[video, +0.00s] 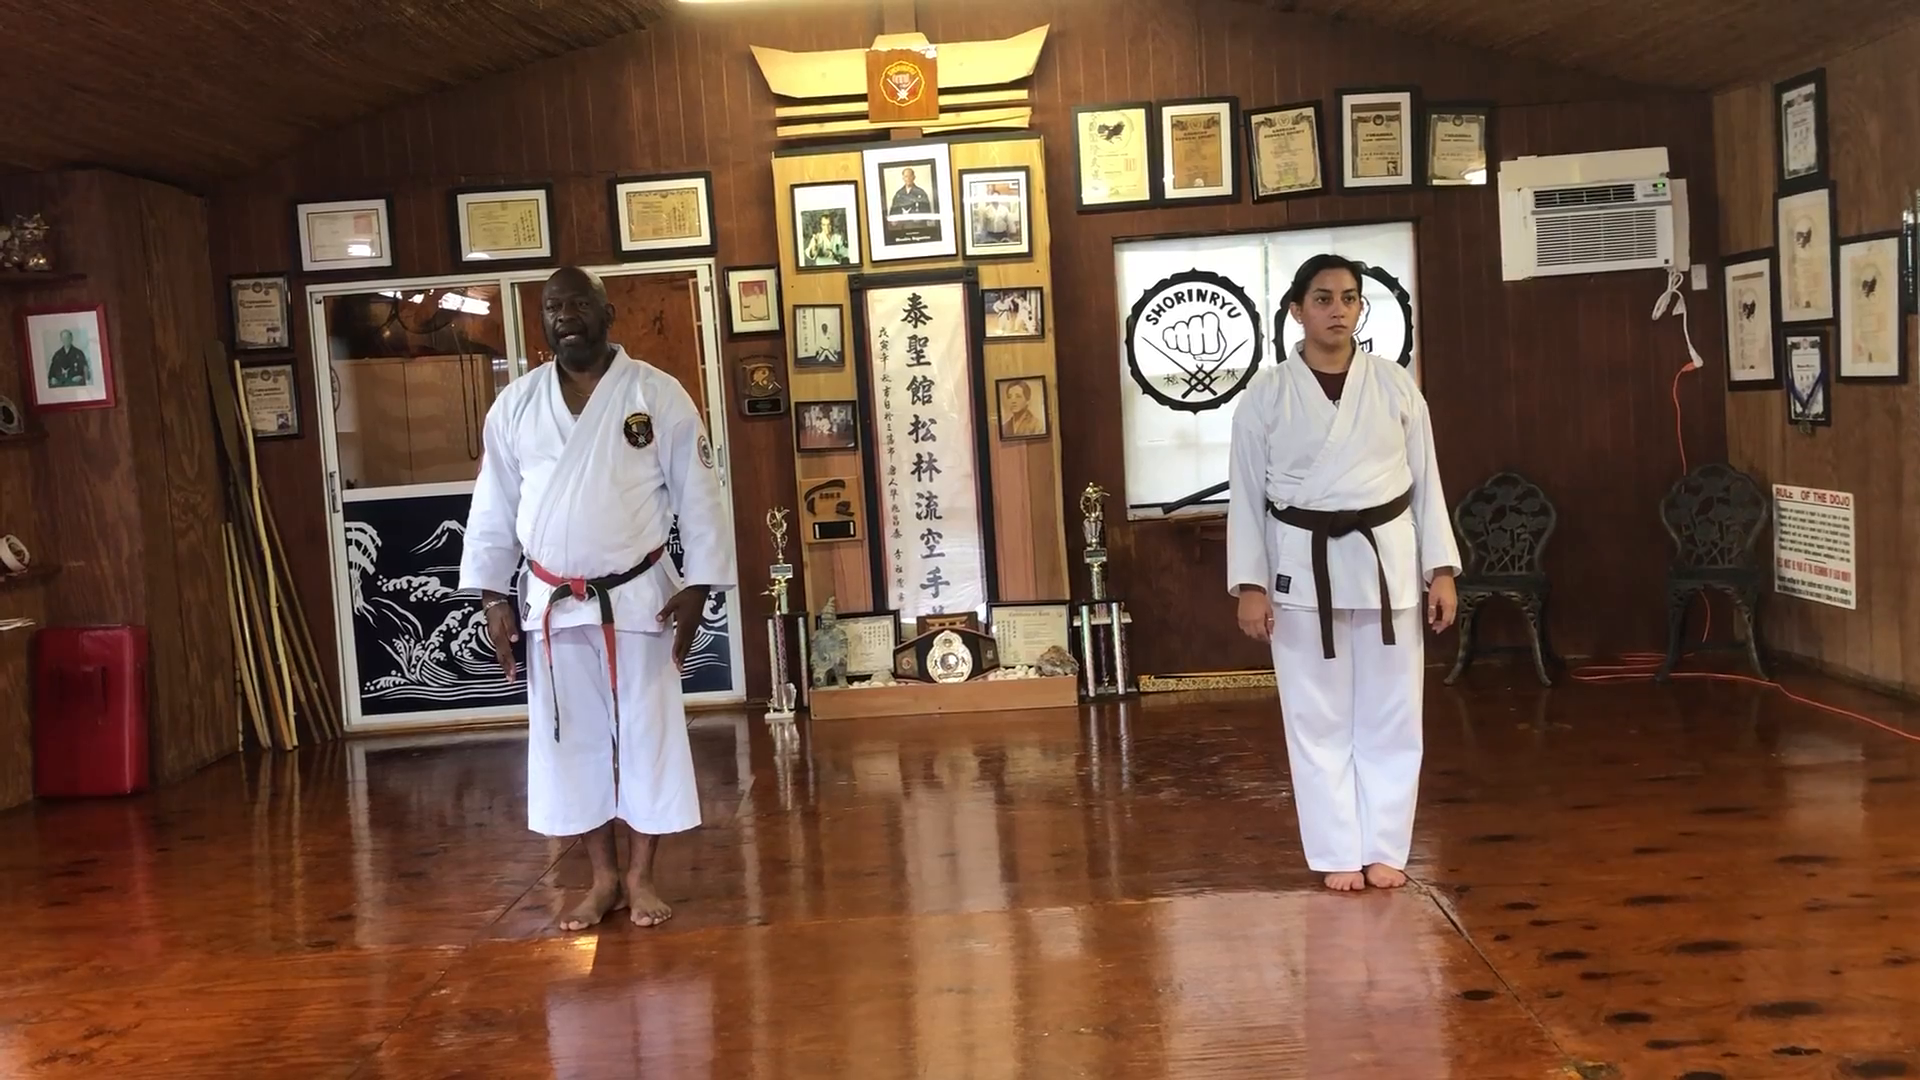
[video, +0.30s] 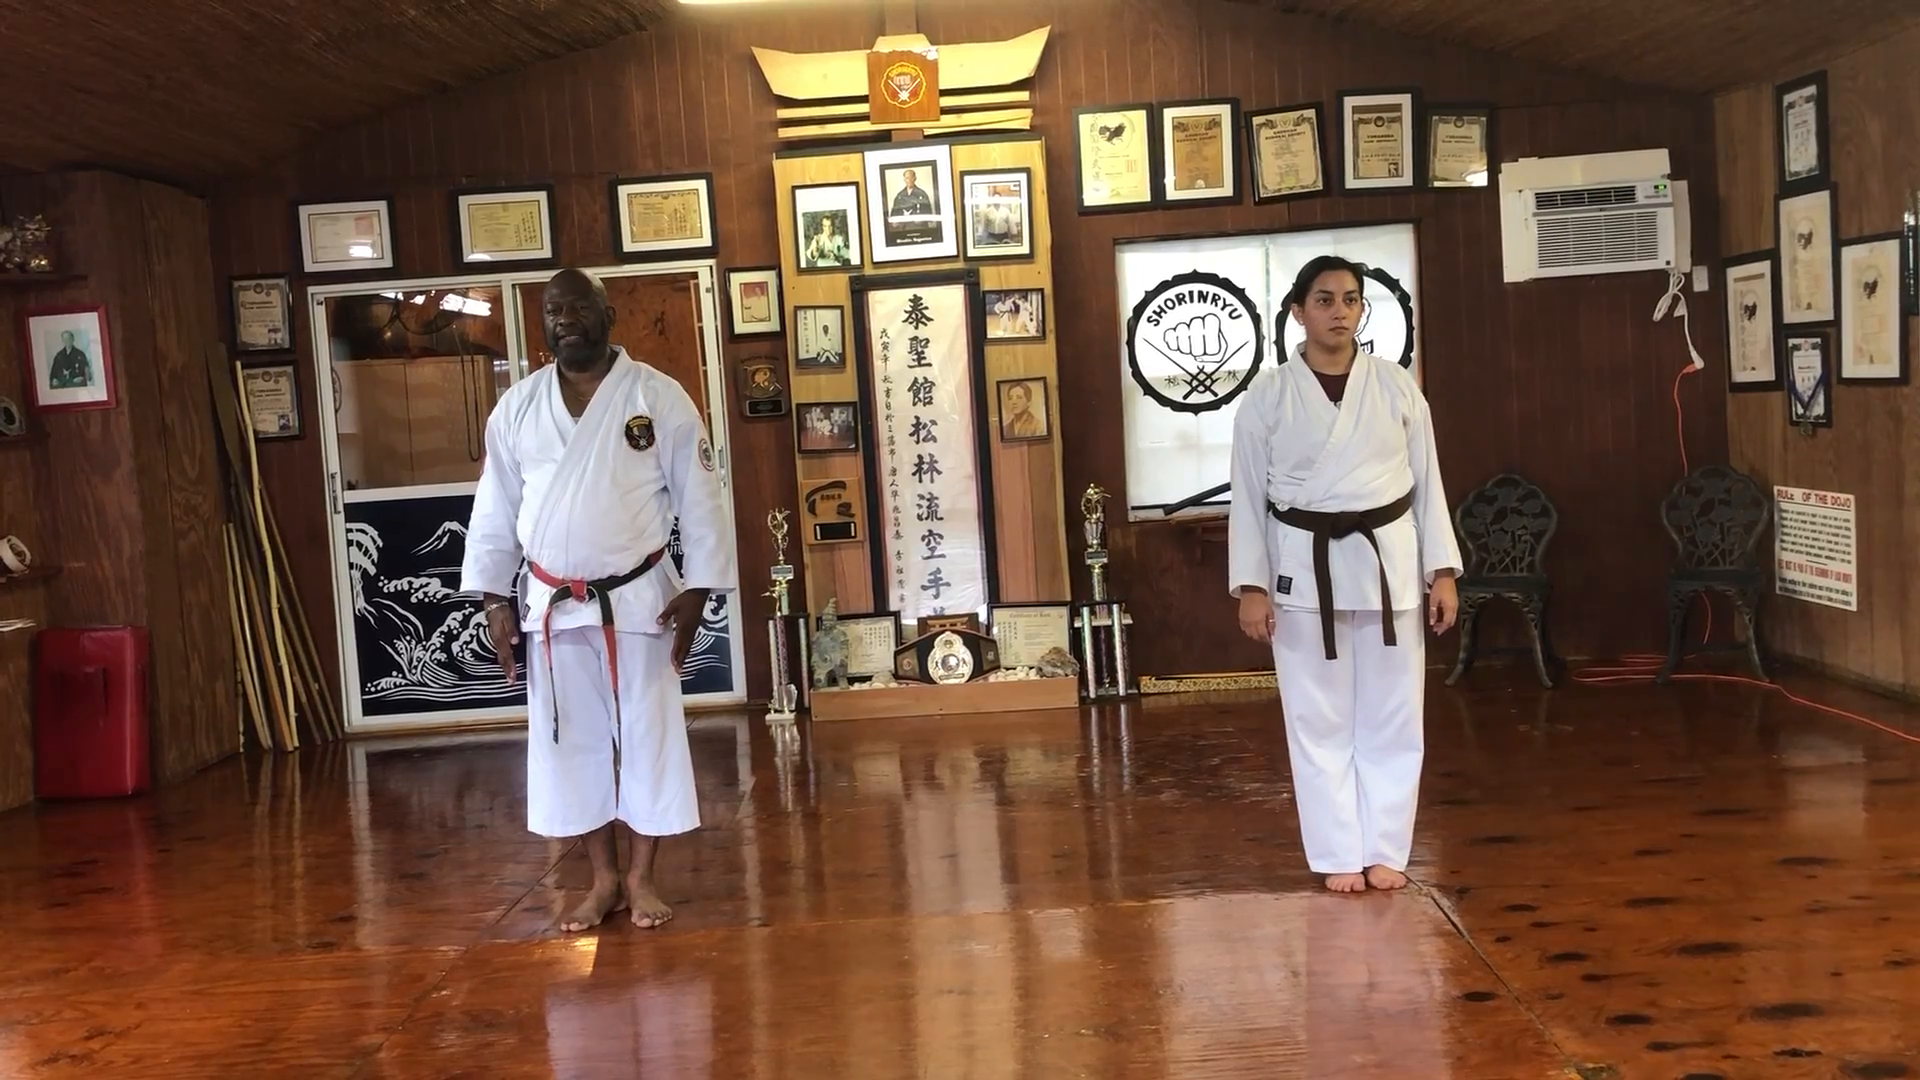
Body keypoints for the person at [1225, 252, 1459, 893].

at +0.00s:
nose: (1339, 309)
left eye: (1349, 298)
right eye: (1324, 298)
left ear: (1361, 310)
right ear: (1297, 310)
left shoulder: (1395, 384)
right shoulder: (1264, 394)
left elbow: (1424, 483)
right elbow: (1246, 495)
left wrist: (1441, 569)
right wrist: (1249, 582)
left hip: (1389, 567)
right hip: (1301, 573)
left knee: (1390, 716)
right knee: (1319, 719)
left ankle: (1385, 853)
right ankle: (1337, 857)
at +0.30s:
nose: (1340, 311)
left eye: (1351, 299)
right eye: (1325, 299)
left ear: (1363, 311)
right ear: (1298, 311)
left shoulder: (1396, 386)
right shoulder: (1265, 396)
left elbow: (1426, 485)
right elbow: (1247, 497)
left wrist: (1442, 570)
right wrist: (1250, 583)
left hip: (1390, 568)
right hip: (1303, 574)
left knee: (1391, 717)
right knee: (1320, 720)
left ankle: (1385, 854)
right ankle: (1338, 858)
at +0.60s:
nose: (1342, 311)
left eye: (1352, 300)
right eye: (1326, 299)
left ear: (1364, 312)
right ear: (1300, 312)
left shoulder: (1398, 386)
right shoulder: (1266, 396)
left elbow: (1427, 485)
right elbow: (1248, 497)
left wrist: (1442, 571)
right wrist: (1252, 584)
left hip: (1391, 568)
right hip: (1304, 574)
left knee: (1392, 718)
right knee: (1321, 721)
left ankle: (1386, 855)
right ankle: (1339, 859)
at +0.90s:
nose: (1343, 311)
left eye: (1353, 299)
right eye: (1328, 299)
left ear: (1366, 311)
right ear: (1301, 311)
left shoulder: (1399, 385)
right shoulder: (1268, 395)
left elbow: (1429, 484)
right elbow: (1250, 497)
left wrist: (1444, 570)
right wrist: (1253, 584)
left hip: (1393, 568)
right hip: (1306, 574)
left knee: (1394, 717)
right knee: (1323, 720)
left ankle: (1388, 855)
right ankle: (1341, 859)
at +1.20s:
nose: (1346, 311)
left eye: (1357, 299)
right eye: (1331, 299)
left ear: (1369, 311)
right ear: (1304, 311)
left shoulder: (1403, 385)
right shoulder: (1270, 396)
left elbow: (1432, 485)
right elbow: (1253, 497)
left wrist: (1447, 570)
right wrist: (1256, 583)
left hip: (1395, 567)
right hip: (1308, 573)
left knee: (1396, 717)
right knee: (1325, 719)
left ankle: (1390, 855)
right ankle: (1343, 860)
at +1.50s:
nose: (1349, 310)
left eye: (1360, 299)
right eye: (1334, 298)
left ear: (1372, 311)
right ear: (1308, 311)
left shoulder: (1405, 385)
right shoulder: (1273, 396)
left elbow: (1435, 484)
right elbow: (1256, 497)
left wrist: (1450, 570)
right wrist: (1260, 584)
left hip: (1399, 570)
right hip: (1311, 575)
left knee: (1399, 717)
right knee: (1327, 720)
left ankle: (1392, 855)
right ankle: (1345, 860)